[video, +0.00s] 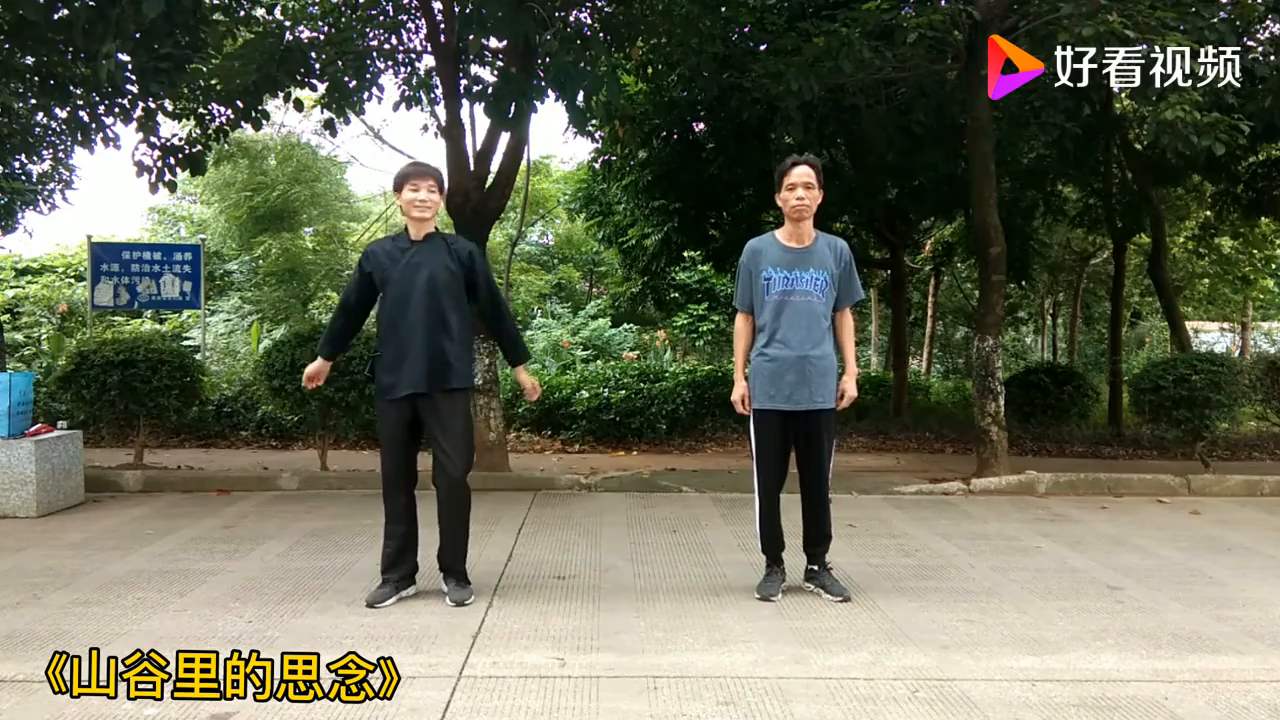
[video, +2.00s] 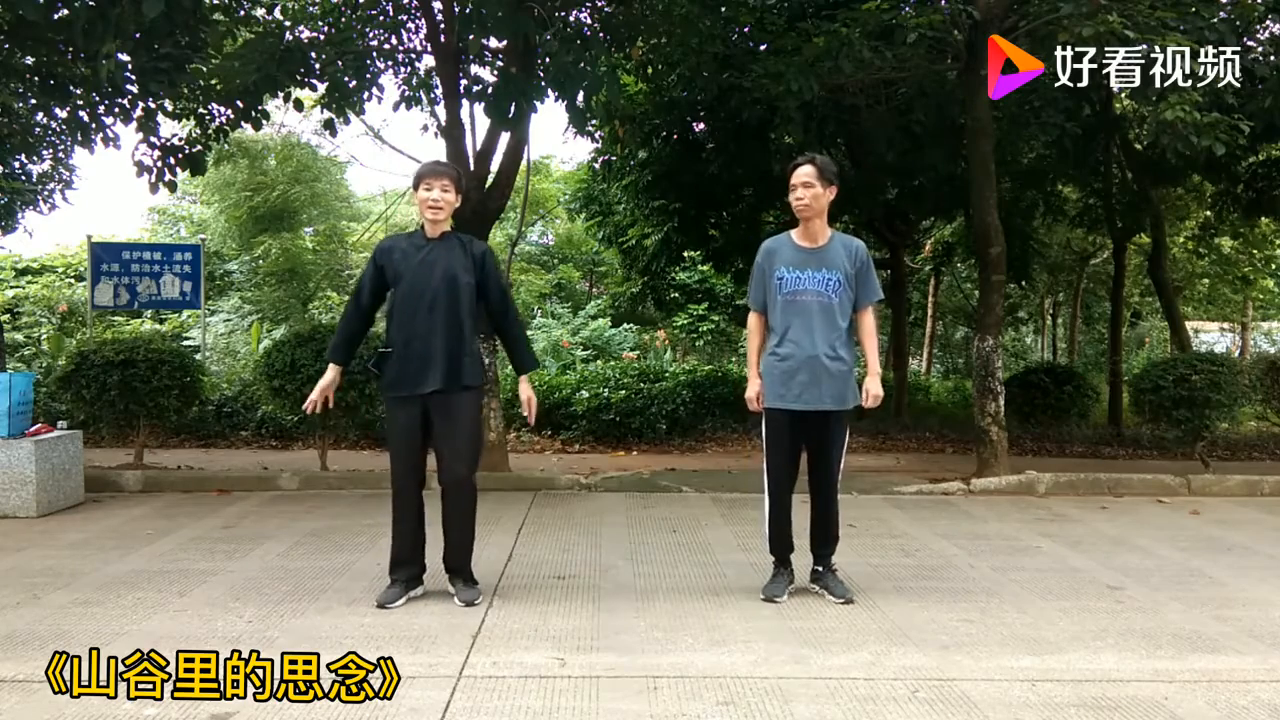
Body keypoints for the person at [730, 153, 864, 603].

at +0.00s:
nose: (801, 195)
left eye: (808, 187)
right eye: (792, 188)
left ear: (820, 196)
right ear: (779, 197)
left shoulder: (837, 250)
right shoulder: (756, 250)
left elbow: (843, 313)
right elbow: (744, 316)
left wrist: (850, 370)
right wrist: (739, 375)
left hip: (820, 384)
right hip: (767, 383)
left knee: (817, 482)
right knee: (768, 483)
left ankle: (817, 566)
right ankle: (773, 567)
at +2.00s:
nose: (799, 194)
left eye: (808, 186)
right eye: (794, 188)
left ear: (830, 193)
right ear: (788, 196)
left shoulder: (853, 251)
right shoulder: (771, 251)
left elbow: (865, 314)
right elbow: (756, 316)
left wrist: (874, 371)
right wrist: (753, 372)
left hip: (834, 386)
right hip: (781, 385)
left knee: (826, 485)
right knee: (778, 485)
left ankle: (823, 568)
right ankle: (781, 567)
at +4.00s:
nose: (793, 195)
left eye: (801, 186)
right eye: (785, 187)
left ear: (815, 194)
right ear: (774, 195)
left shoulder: (836, 249)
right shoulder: (753, 251)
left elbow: (846, 313)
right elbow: (745, 312)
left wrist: (854, 370)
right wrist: (743, 367)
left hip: (821, 386)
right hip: (767, 386)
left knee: (819, 485)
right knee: (771, 485)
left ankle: (823, 567)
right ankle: (780, 567)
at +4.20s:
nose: (785, 202)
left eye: (794, 194)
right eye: (777, 194)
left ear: (806, 203)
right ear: (765, 202)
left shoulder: (828, 254)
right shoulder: (745, 258)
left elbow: (855, 313)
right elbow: (727, 305)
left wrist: (830, 327)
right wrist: (707, 352)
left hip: (819, 393)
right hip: (766, 394)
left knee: (824, 487)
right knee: (769, 490)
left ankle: (823, 568)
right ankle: (781, 567)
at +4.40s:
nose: (779, 197)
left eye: (787, 188)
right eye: (771, 189)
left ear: (801, 197)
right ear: (759, 198)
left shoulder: (823, 246)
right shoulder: (738, 256)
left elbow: (857, 301)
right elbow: (718, 317)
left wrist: (817, 298)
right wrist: (696, 372)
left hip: (818, 375)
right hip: (763, 382)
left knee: (829, 443)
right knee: (765, 484)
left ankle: (827, 519)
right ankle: (782, 566)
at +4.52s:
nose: (777, 190)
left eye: (785, 182)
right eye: (769, 183)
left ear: (800, 187)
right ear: (759, 191)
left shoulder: (823, 237)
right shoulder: (742, 248)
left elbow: (846, 288)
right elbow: (722, 311)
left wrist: (841, 334)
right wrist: (740, 364)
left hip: (816, 353)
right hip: (765, 365)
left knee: (819, 382)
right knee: (772, 467)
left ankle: (820, 469)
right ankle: (782, 552)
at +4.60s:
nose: (778, 199)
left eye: (786, 191)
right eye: (770, 192)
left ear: (801, 197)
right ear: (759, 200)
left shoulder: (822, 247)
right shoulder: (742, 255)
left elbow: (841, 305)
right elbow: (723, 313)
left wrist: (854, 359)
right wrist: (761, 332)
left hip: (813, 359)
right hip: (764, 372)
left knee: (818, 371)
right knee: (771, 468)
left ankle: (817, 461)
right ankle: (781, 555)